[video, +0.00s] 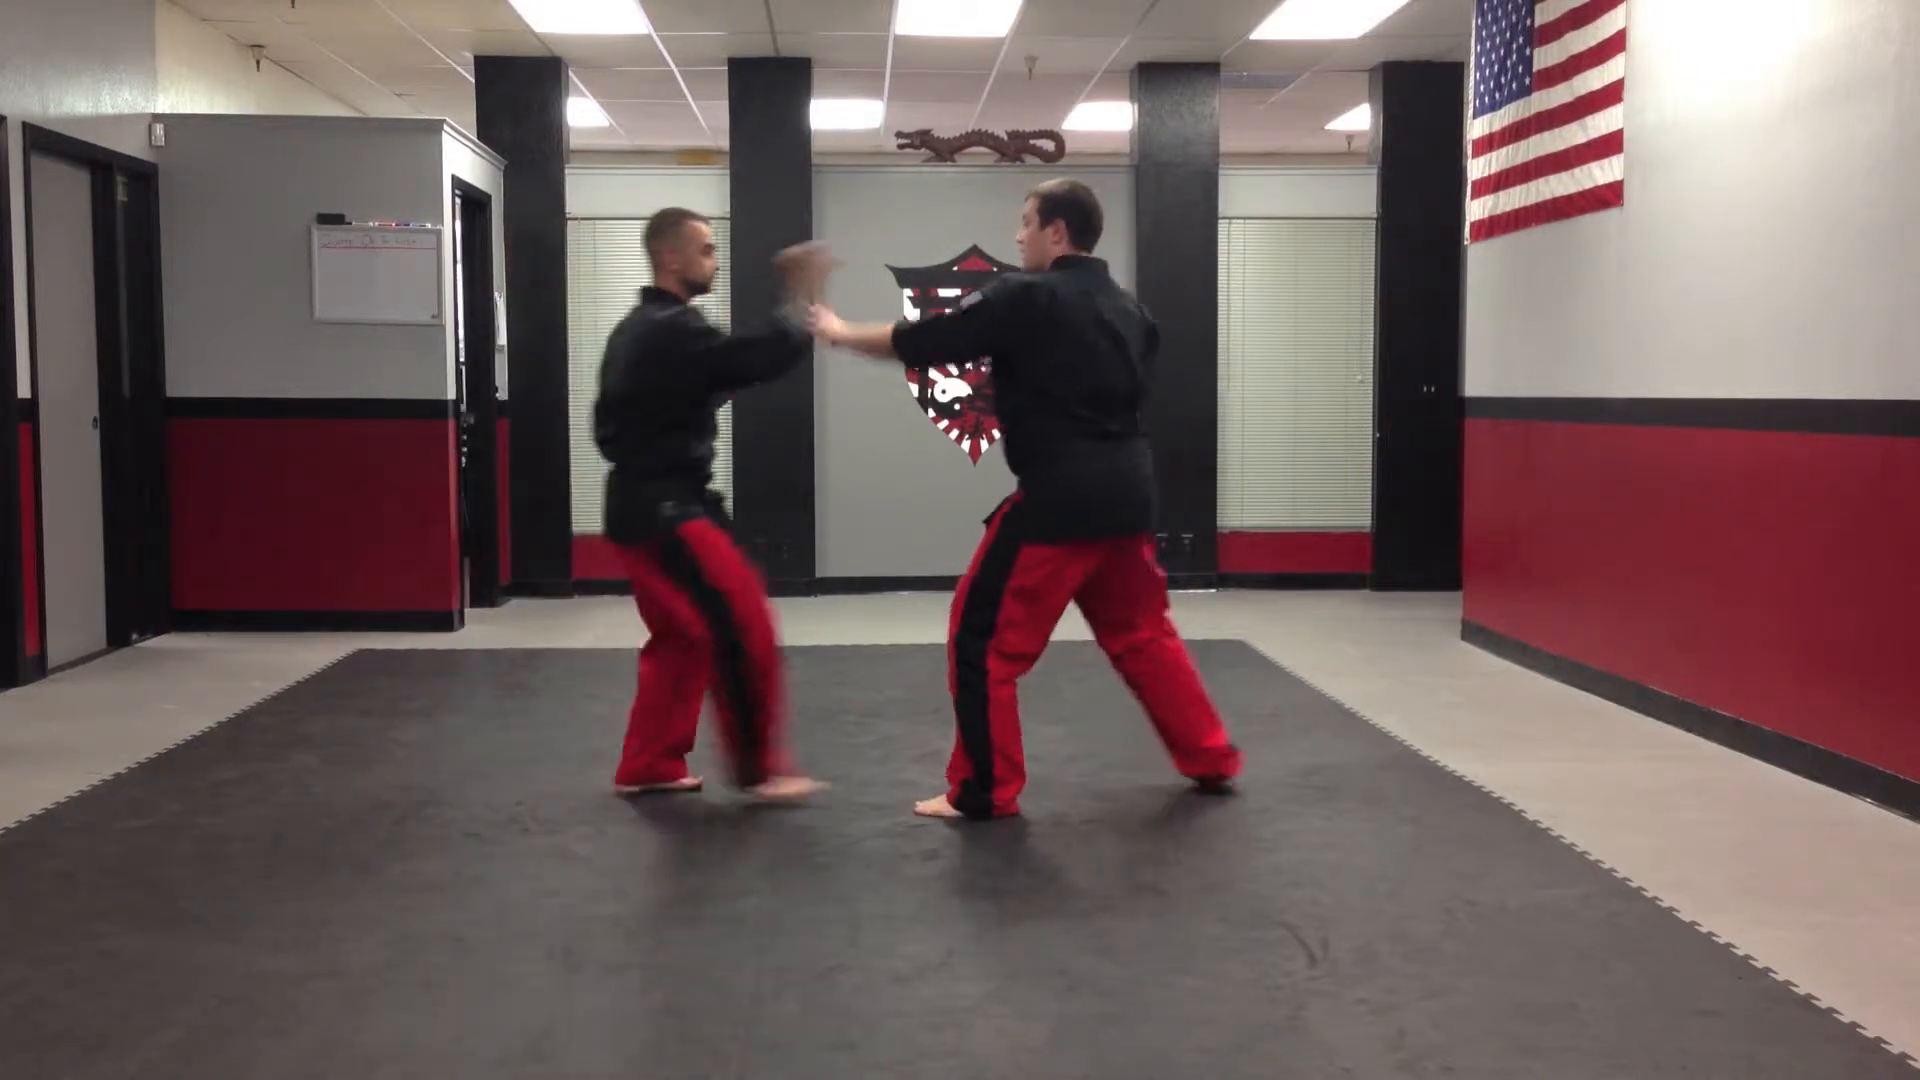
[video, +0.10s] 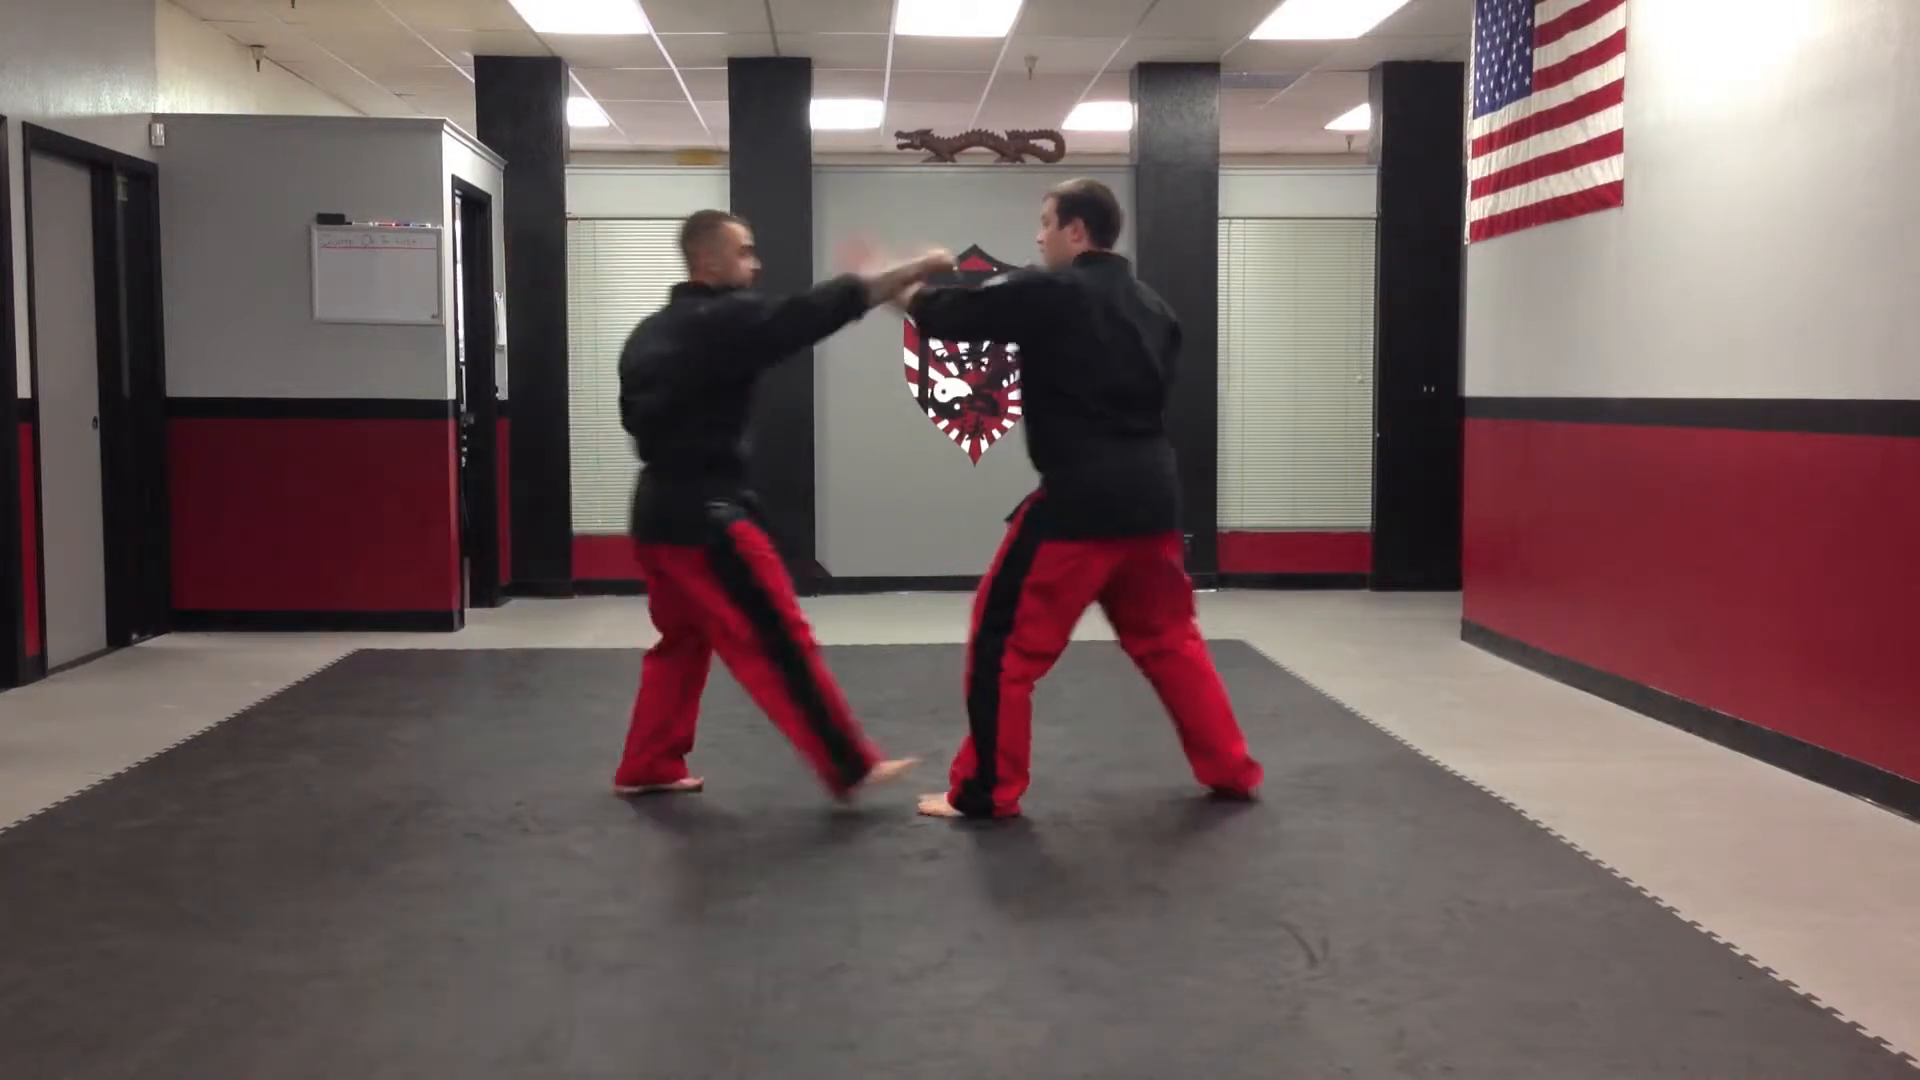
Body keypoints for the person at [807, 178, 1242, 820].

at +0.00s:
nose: (1019, 239)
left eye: (1025, 227)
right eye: (1021, 226)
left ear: (1057, 233)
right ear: (1083, 237)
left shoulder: (1027, 300)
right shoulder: (1127, 309)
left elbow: (928, 341)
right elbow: (1106, 393)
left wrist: (842, 333)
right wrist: (1011, 397)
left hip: (1051, 503)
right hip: (1126, 500)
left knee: (982, 638)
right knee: (1141, 632)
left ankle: (983, 793)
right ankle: (1213, 761)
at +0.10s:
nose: (1039, 239)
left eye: (1045, 226)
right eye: (1041, 226)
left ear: (1075, 231)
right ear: (1103, 234)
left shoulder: (1048, 291)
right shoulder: (1153, 307)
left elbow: (951, 313)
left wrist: (915, 287)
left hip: (1074, 504)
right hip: (1151, 503)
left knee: (1003, 644)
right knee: (1169, 637)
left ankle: (987, 794)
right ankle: (1233, 772)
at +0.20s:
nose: (1055, 243)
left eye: (1062, 231)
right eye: (1057, 231)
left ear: (1093, 234)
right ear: (1120, 236)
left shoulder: (1069, 296)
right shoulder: (1180, 304)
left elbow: (977, 329)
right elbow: (1195, 406)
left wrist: (957, 263)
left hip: (1096, 504)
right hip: (1177, 502)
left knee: (1026, 644)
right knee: (1190, 639)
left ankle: (1003, 788)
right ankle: (1231, 776)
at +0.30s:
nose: (1066, 252)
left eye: (1072, 239)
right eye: (1067, 240)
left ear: (1103, 240)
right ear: (1131, 242)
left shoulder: (1086, 307)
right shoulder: (1195, 309)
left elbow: (1022, 376)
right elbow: (1229, 403)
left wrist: (986, 315)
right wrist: (1162, 410)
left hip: (1103, 509)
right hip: (1187, 508)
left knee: (1037, 638)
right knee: (1195, 642)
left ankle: (1038, 779)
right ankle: (1232, 775)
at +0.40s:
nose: (1068, 258)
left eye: (1073, 245)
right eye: (1068, 245)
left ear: (1105, 245)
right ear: (1132, 248)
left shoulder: (1095, 314)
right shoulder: (1199, 312)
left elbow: (1062, 401)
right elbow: (1239, 405)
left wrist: (1007, 369)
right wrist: (1171, 386)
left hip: (1106, 512)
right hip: (1189, 512)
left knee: (1044, 636)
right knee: (1195, 643)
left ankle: (1036, 774)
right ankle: (1232, 776)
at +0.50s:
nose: (1058, 261)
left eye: (1065, 248)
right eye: (1060, 249)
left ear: (1097, 250)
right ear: (1118, 253)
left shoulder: (1084, 318)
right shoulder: (1190, 316)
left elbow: (1033, 402)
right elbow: (1231, 407)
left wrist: (996, 374)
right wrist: (1168, 392)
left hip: (1104, 515)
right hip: (1188, 514)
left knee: (1044, 643)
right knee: (1196, 644)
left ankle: (1014, 776)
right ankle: (1234, 776)